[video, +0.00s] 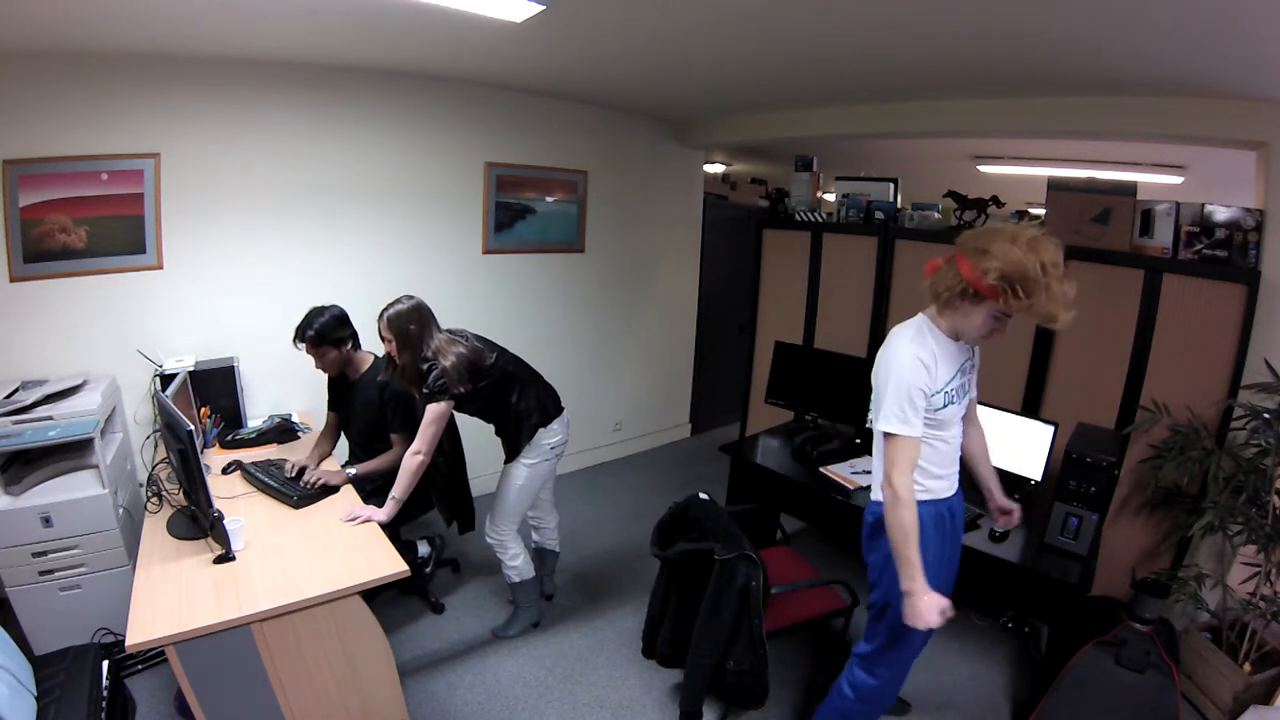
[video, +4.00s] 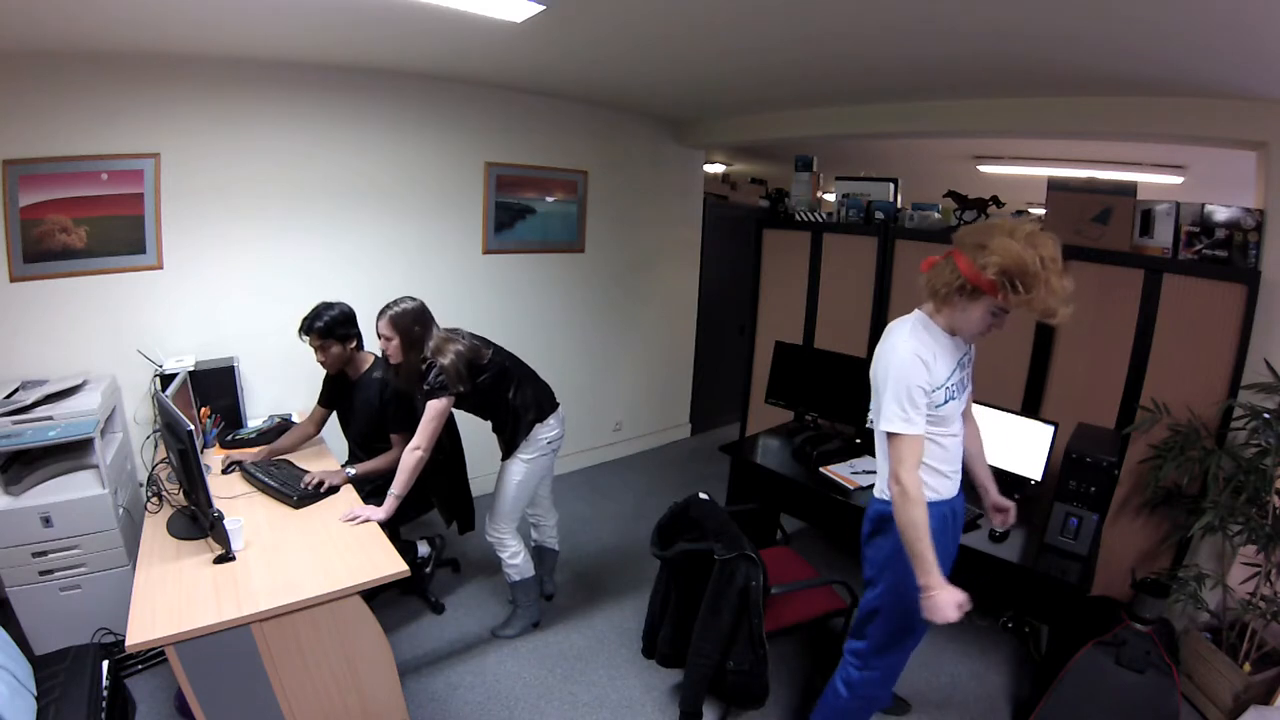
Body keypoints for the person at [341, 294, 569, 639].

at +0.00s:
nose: (386, 349)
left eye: (389, 341)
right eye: (384, 341)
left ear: (410, 338)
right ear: (420, 330)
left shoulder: (443, 369)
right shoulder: (450, 340)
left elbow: (420, 452)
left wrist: (388, 509)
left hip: (539, 433)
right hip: (547, 421)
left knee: (500, 530)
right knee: (541, 507)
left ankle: (527, 608)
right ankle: (546, 581)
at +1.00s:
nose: (387, 346)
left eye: (390, 338)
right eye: (385, 337)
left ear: (412, 336)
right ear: (422, 328)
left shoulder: (443, 369)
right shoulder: (450, 339)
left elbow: (420, 452)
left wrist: (388, 509)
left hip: (538, 433)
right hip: (547, 420)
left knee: (501, 531)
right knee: (541, 508)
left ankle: (528, 607)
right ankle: (546, 581)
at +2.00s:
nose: (385, 345)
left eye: (389, 338)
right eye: (384, 337)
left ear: (411, 337)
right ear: (420, 331)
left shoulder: (442, 370)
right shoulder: (449, 341)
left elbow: (420, 452)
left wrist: (388, 509)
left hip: (537, 432)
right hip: (546, 420)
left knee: (500, 530)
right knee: (541, 507)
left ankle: (528, 607)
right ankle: (545, 581)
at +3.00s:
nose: (388, 325)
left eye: (394, 319)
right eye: (391, 317)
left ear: (413, 327)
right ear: (428, 324)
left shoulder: (445, 366)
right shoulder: (451, 344)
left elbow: (420, 451)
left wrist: (388, 509)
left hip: (538, 431)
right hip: (544, 419)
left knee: (501, 529)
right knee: (541, 506)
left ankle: (527, 609)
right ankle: (545, 581)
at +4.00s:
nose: (382, 346)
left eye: (387, 339)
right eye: (381, 338)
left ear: (412, 336)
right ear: (415, 334)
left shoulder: (443, 367)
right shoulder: (445, 341)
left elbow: (419, 448)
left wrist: (386, 507)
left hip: (534, 430)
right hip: (541, 419)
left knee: (500, 529)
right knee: (541, 506)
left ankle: (527, 608)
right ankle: (546, 581)